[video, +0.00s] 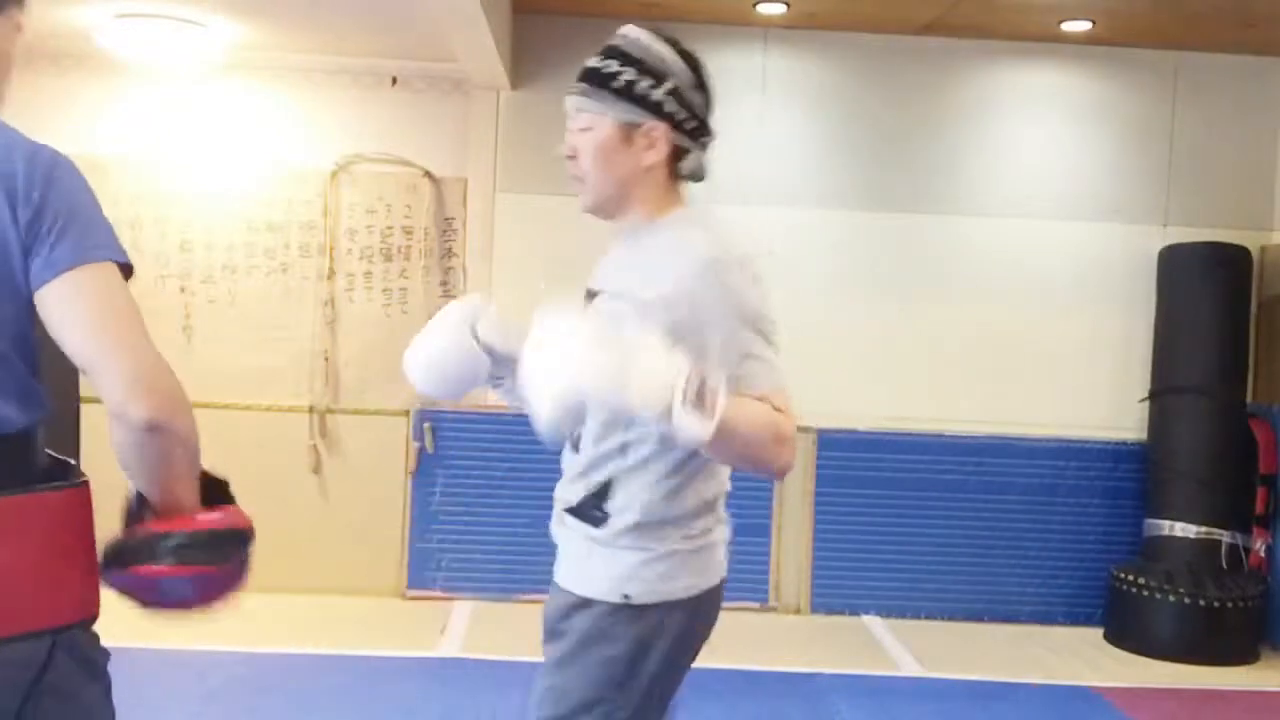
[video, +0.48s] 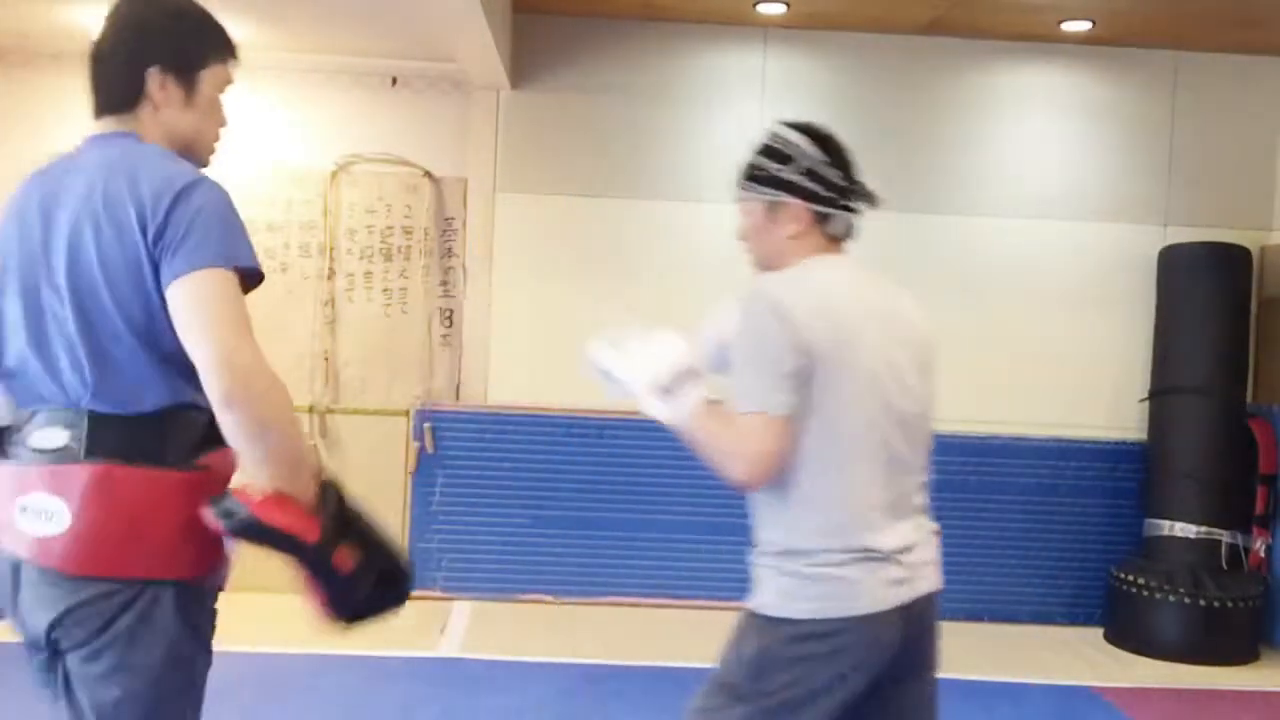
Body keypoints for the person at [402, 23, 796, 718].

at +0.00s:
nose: (565, 150)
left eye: (583, 127)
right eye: (569, 129)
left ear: (652, 142)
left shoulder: (705, 262)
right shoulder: (627, 256)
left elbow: (775, 443)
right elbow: (593, 411)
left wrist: (654, 383)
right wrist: (501, 362)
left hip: (642, 588)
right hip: (597, 575)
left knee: (568, 706)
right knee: (575, 704)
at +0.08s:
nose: (537, 171)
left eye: (552, 150)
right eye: (541, 149)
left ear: (615, 165)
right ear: (611, 167)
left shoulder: (664, 274)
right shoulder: (634, 263)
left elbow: (754, 437)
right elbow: (618, 417)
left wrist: (627, 428)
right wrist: (533, 364)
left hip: (653, 587)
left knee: (571, 707)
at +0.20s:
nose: (543, 194)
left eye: (554, 175)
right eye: (546, 175)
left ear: (611, 184)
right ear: (616, 186)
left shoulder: (649, 283)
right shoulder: (689, 256)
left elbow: (710, 457)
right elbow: (651, 409)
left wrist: (571, 428)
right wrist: (551, 350)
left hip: (662, 590)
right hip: (746, 578)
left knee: (570, 710)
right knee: (765, 714)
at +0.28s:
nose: (591, 206)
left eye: (599, 185)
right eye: (592, 185)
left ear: (650, 188)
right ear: (659, 190)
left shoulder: (656, 289)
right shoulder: (748, 269)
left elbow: (652, 458)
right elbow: (708, 348)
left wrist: (545, 397)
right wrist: (591, 314)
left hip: (687, 601)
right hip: (787, 590)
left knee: (597, 708)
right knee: (807, 710)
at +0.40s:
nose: (702, 218)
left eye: (712, 199)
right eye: (704, 199)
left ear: (756, 205)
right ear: (784, 209)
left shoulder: (741, 298)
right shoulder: (868, 300)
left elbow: (697, 451)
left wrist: (625, 375)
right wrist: (709, 331)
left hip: (773, 620)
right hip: (876, 610)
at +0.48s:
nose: (740, 227)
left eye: (748, 208)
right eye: (741, 208)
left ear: (794, 214)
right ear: (812, 215)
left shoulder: (779, 302)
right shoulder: (897, 304)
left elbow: (752, 460)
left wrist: (679, 393)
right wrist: (740, 359)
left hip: (812, 620)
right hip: (909, 608)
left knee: (724, 709)